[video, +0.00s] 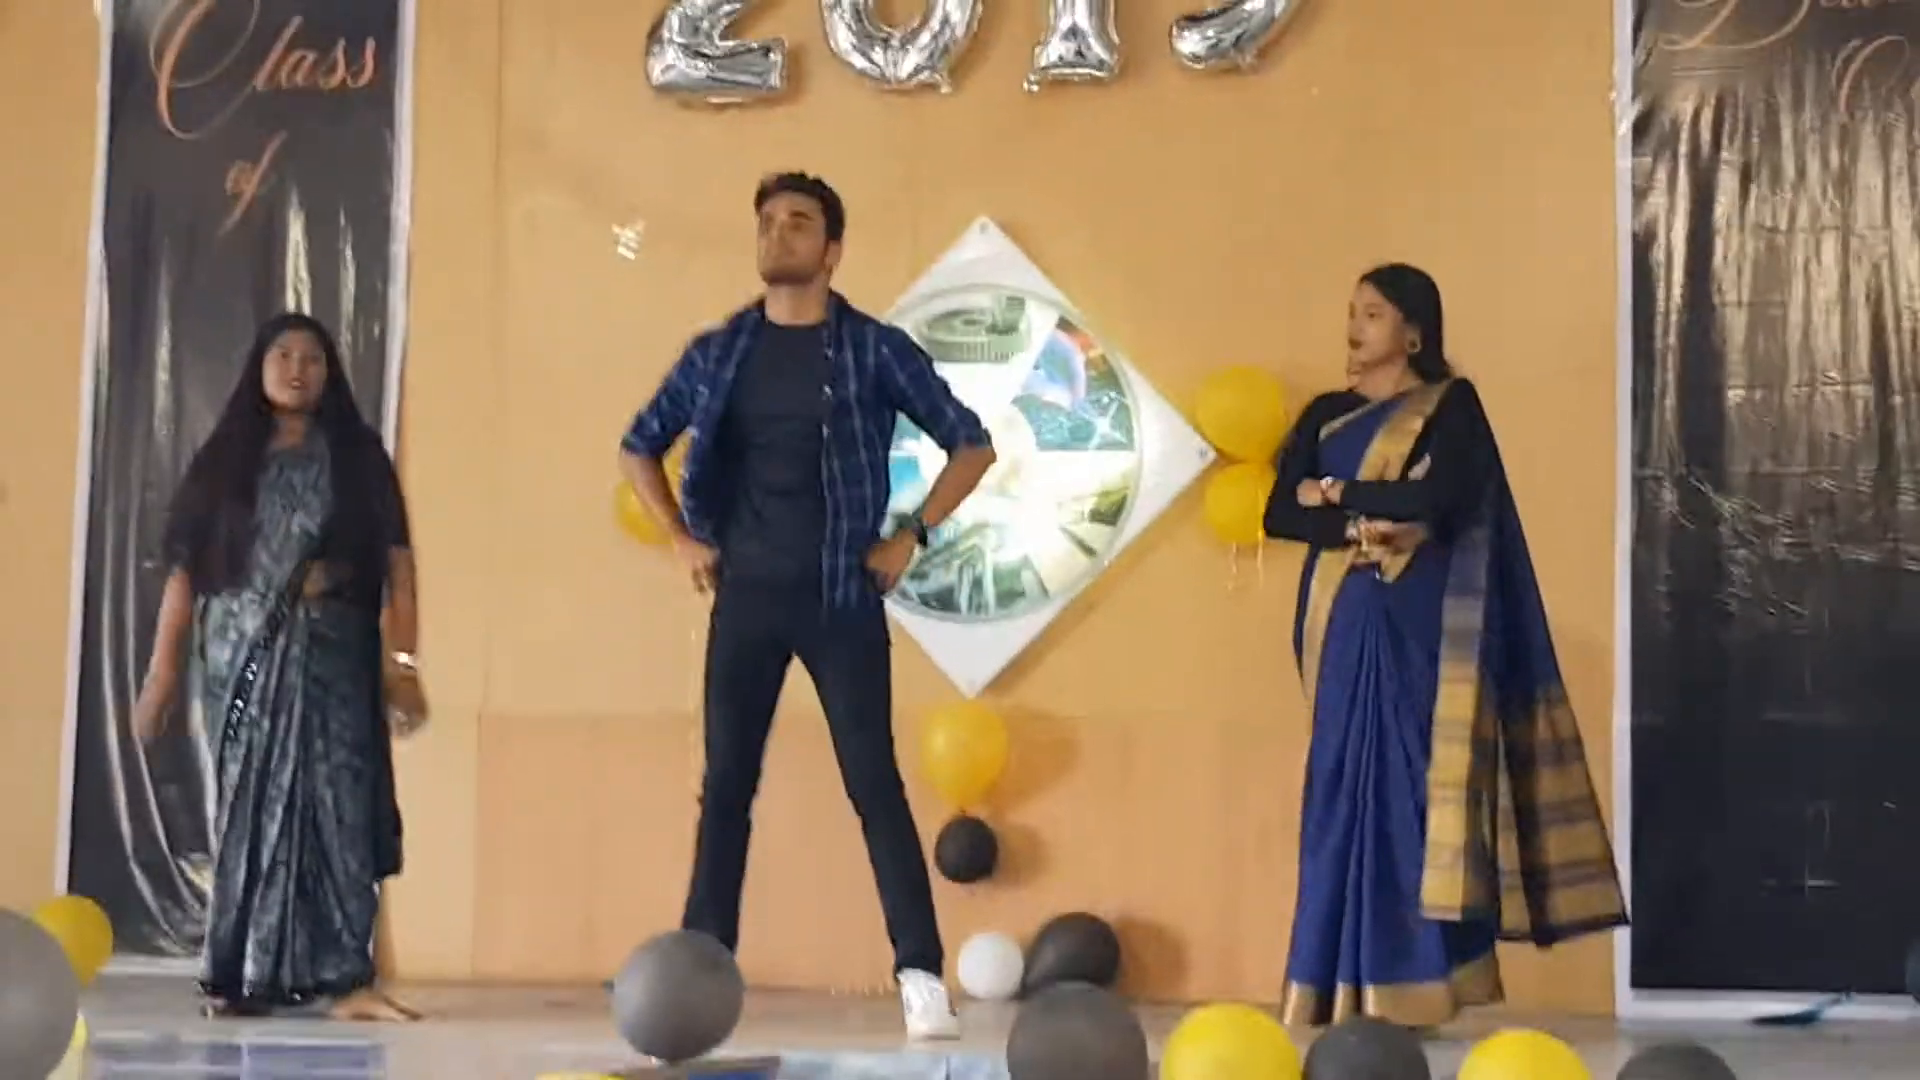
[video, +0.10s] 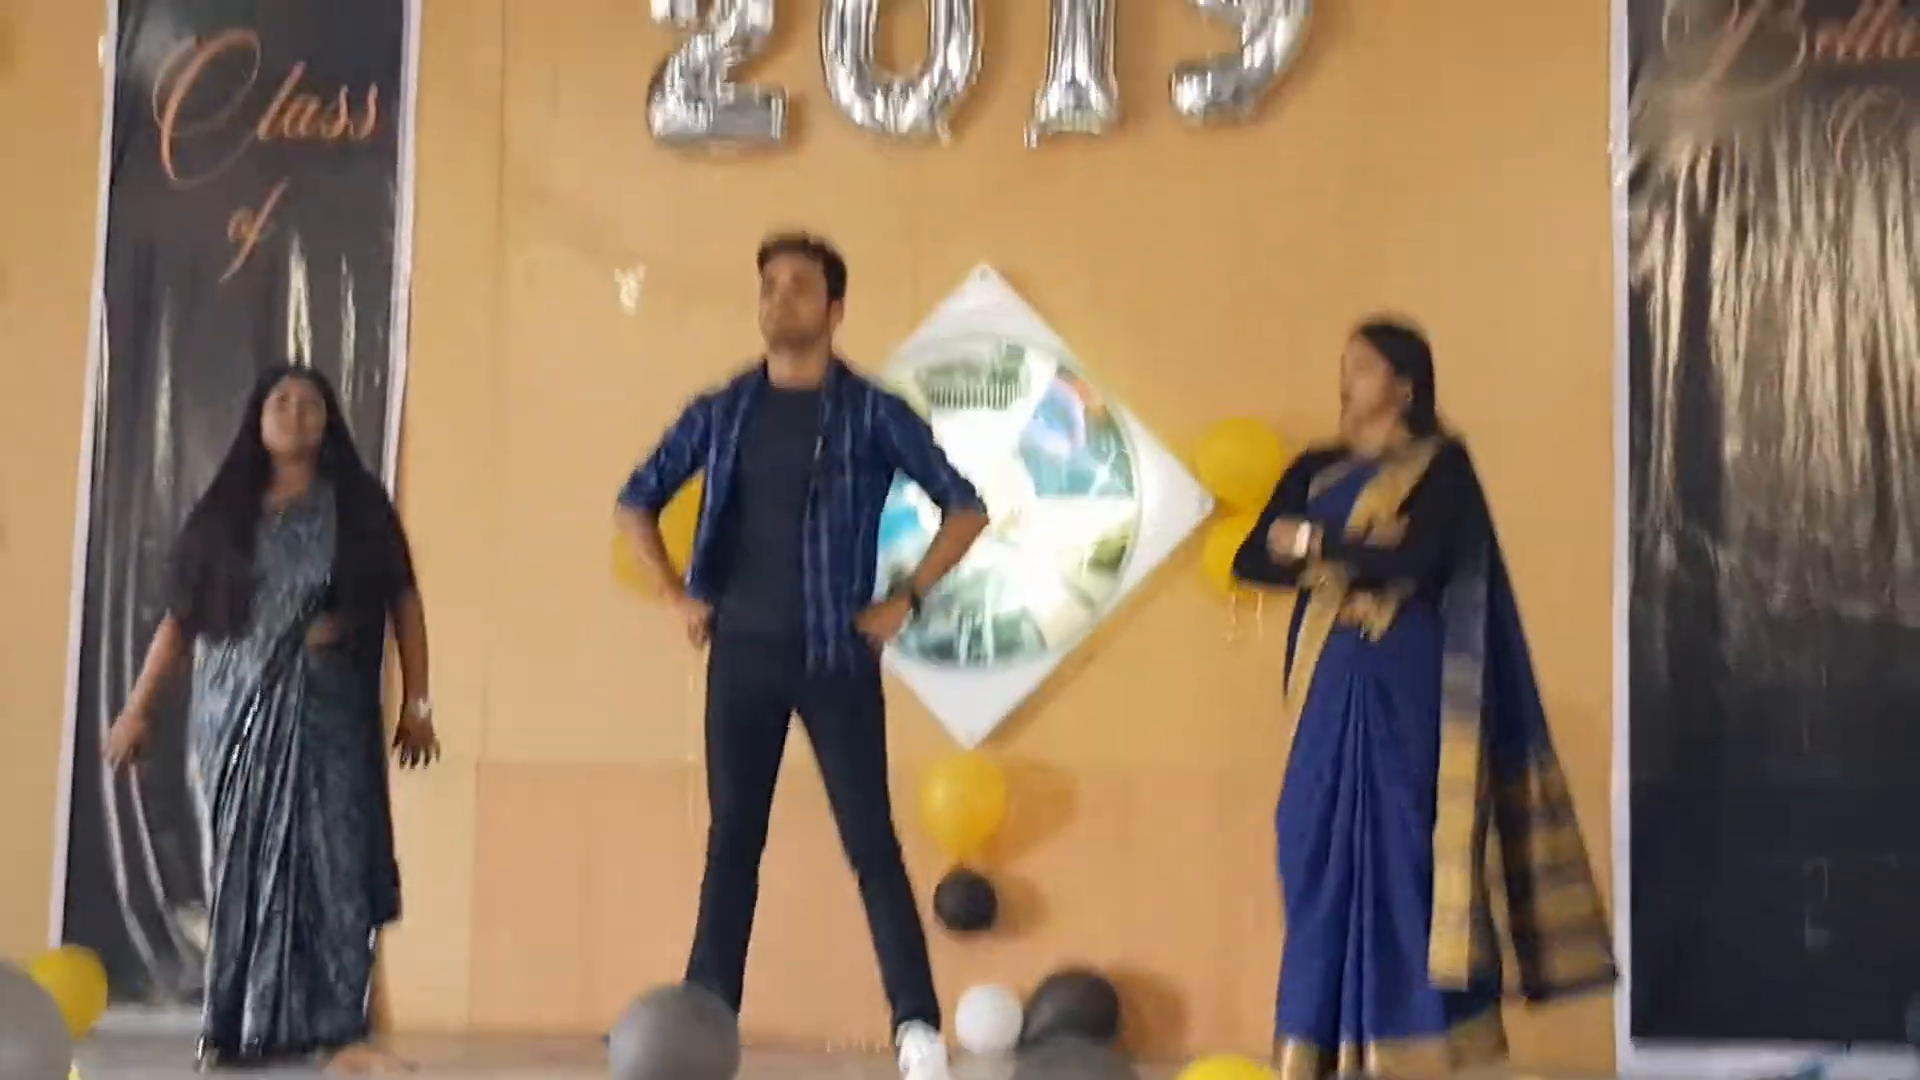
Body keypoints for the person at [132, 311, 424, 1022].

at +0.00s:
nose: (296, 369)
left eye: (310, 360)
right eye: (284, 357)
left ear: (330, 374)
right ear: (260, 369)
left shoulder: (361, 457)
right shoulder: (226, 454)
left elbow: (398, 565)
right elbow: (183, 569)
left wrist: (404, 665)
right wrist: (161, 674)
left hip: (336, 657)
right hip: (245, 656)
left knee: (343, 807)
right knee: (249, 807)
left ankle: (350, 982)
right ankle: (238, 979)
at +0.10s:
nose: (295, 415)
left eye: (309, 405)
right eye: (281, 404)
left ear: (329, 422)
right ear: (258, 421)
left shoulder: (362, 505)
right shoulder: (225, 508)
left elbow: (403, 602)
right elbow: (178, 619)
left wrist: (417, 700)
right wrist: (136, 712)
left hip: (332, 714)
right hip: (238, 713)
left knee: (336, 863)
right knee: (242, 862)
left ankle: (342, 1033)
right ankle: (235, 1030)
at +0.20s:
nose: (299, 460)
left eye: (312, 450)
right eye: (286, 450)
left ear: (334, 466)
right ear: (263, 468)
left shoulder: (366, 547)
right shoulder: (232, 550)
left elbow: (401, 641)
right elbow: (180, 648)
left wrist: (413, 731)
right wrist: (135, 737)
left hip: (333, 762)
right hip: (240, 761)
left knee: (335, 921)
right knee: (246, 919)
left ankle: (331, 1064)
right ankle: (247, 1063)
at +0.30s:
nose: (323, 570)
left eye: (335, 559)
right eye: (308, 558)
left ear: (351, 575)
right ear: (281, 574)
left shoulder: (381, 658)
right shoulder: (245, 660)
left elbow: (405, 758)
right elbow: (199, 763)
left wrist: (423, 847)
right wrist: (155, 858)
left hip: (352, 862)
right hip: (259, 862)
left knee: (351, 1012)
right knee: (259, 1010)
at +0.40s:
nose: (392, 691)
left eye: (400, 676)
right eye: (375, 677)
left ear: (416, 685)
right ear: (349, 688)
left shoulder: (441, 766)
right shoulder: (326, 768)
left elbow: (460, 875)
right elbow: (266, 895)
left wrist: (501, 964)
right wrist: (246, 1009)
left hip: (422, 971)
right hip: (338, 975)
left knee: (425, 1070)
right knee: (342, 1069)